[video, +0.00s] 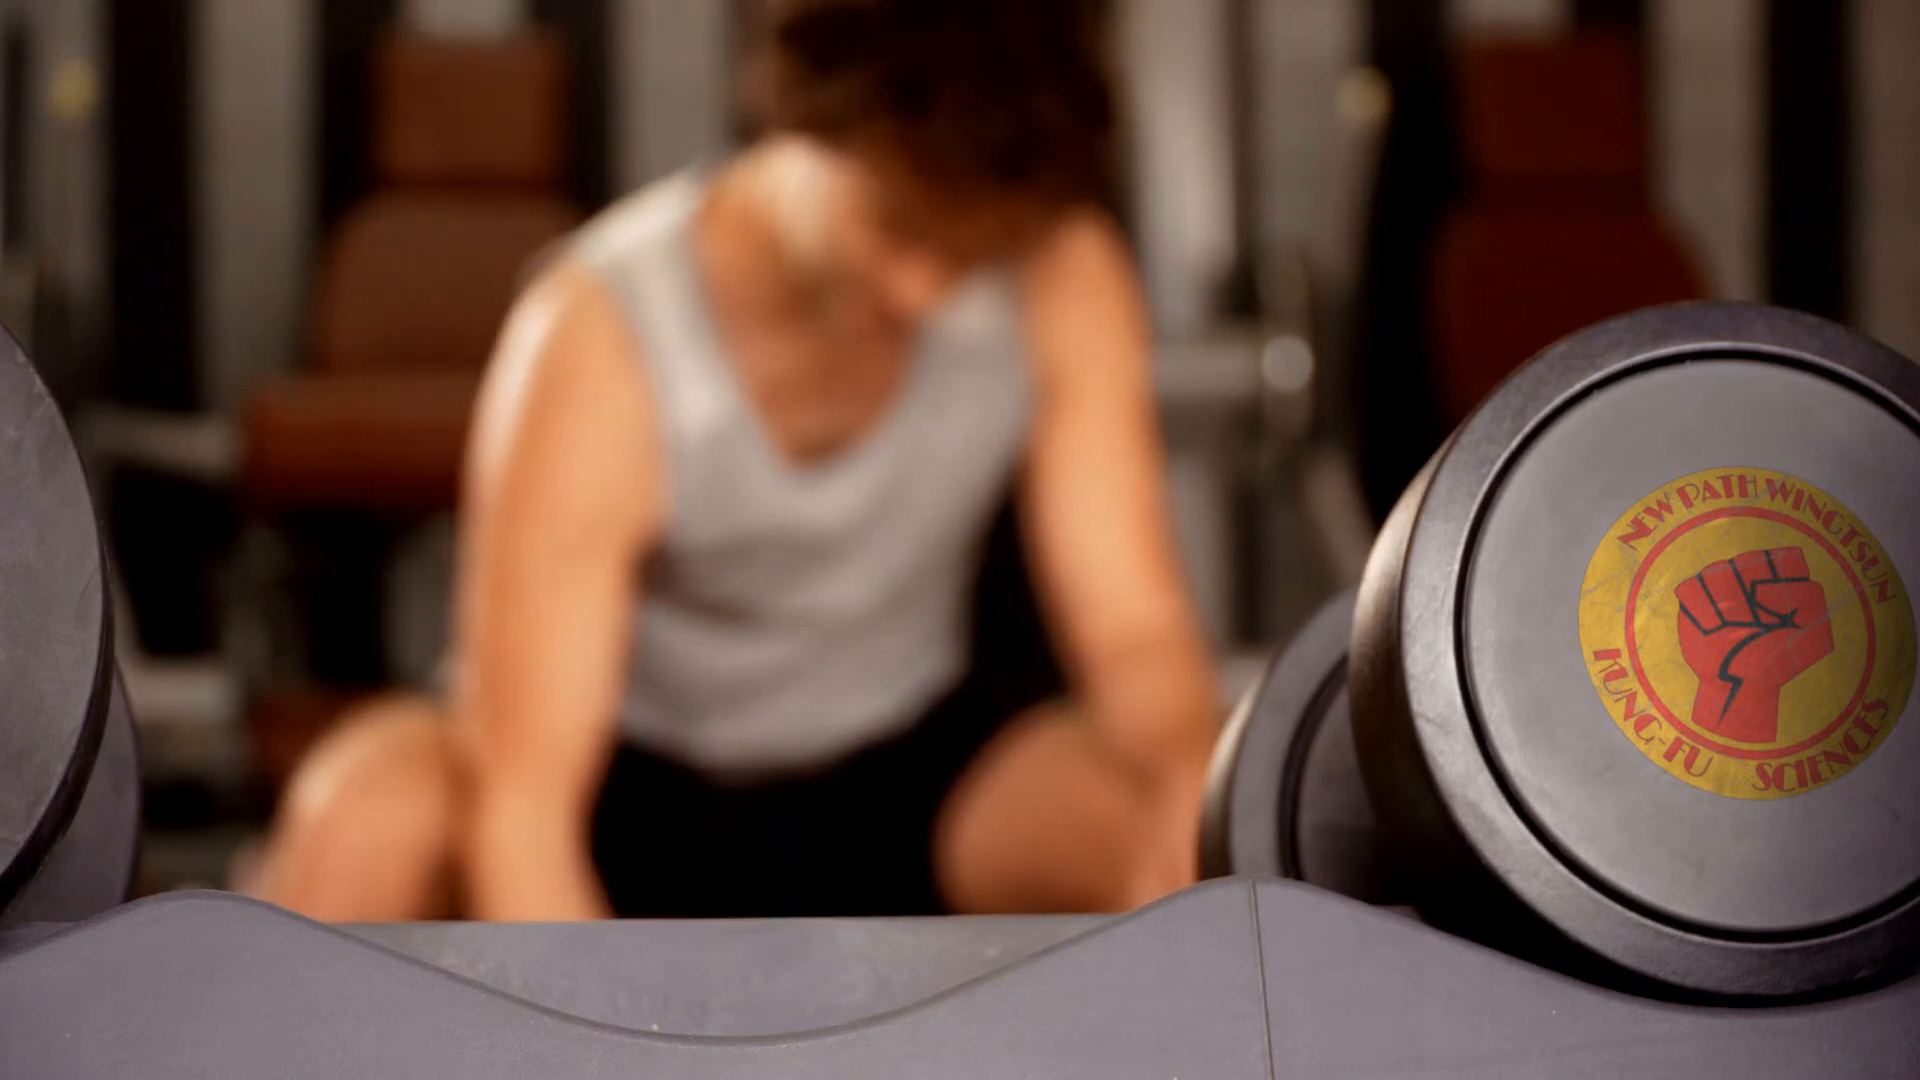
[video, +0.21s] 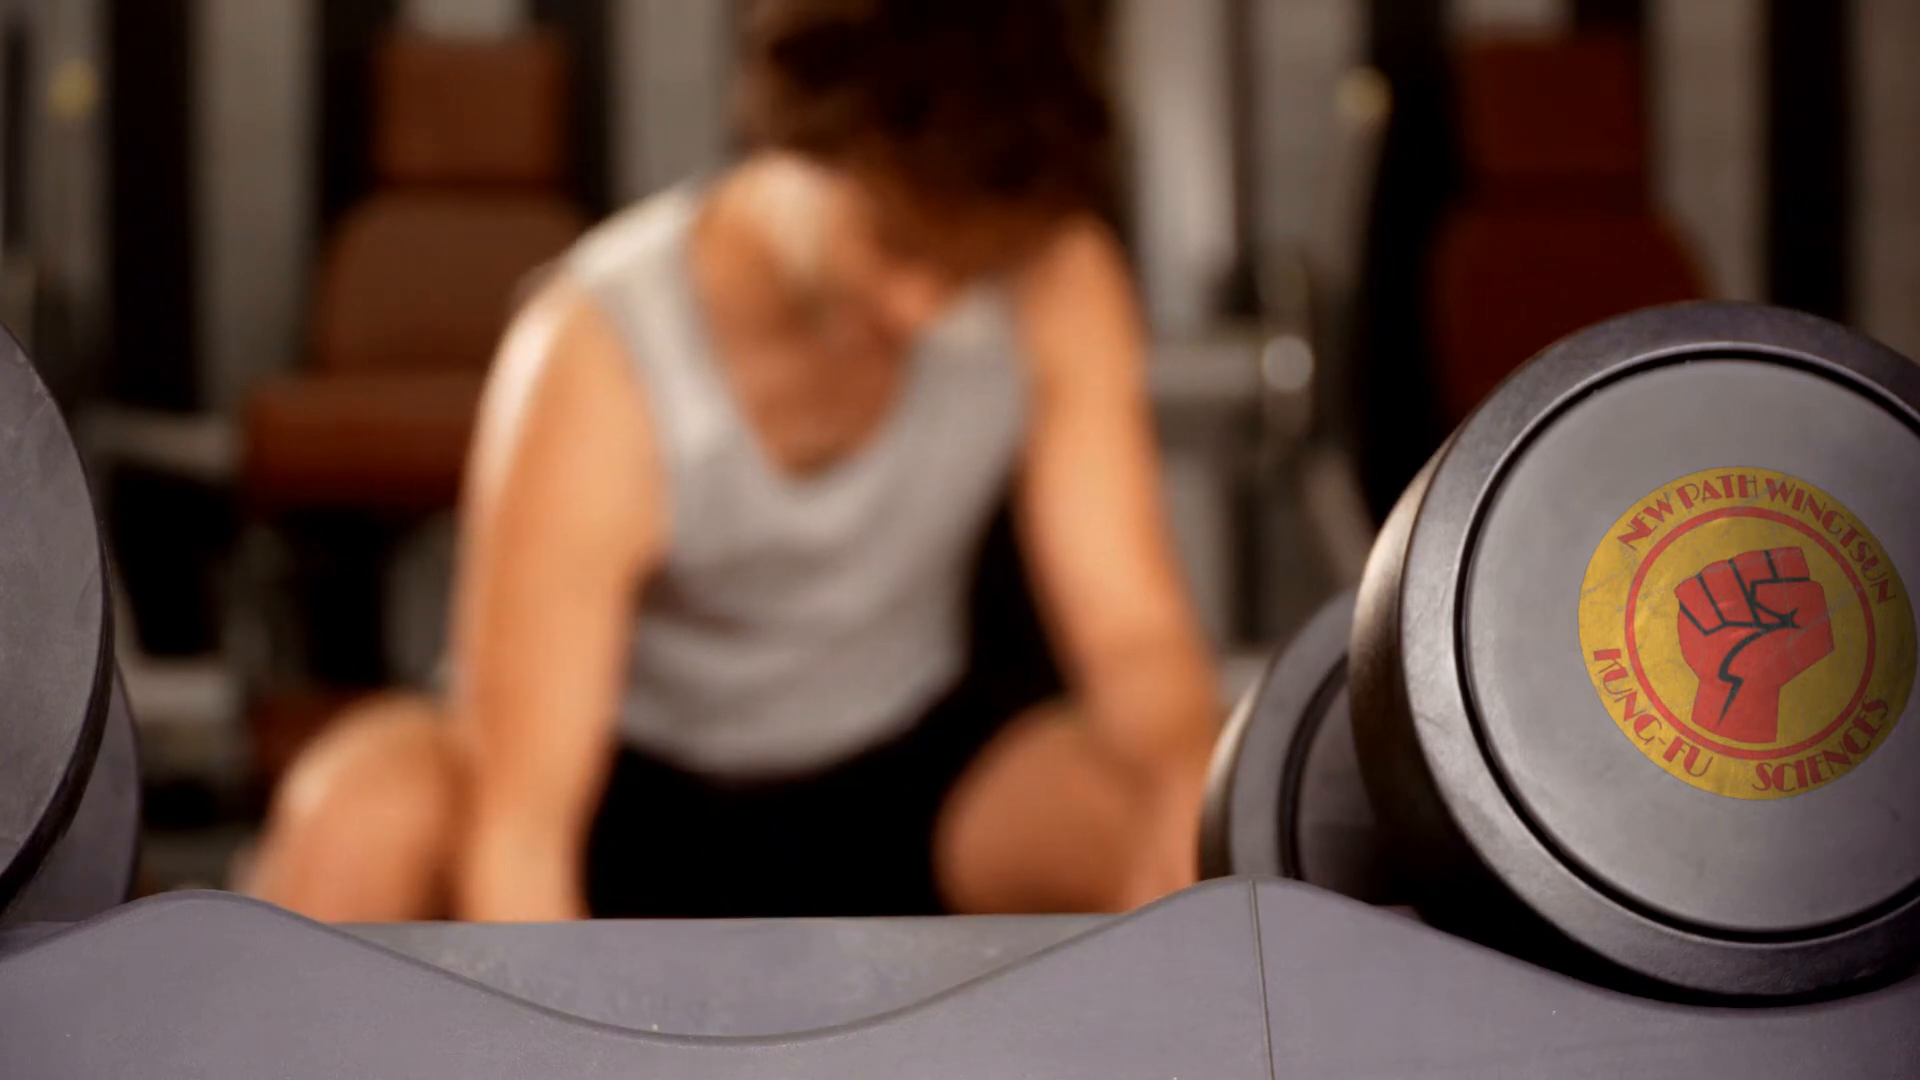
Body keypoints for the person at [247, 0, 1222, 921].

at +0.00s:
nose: (922, 297)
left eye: (976, 253)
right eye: (896, 234)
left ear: (1032, 206)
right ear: (804, 134)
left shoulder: (1055, 266)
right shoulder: (595, 334)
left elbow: (1136, 641)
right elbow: (523, 809)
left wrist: (1214, 832)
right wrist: (607, 1060)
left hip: (903, 782)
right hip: (628, 797)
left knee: (1195, 816)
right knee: (365, 798)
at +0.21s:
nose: (922, 310)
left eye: (974, 265)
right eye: (894, 246)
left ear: (1029, 221)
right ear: (797, 146)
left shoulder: (1050, 269)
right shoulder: (592, 353)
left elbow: (1137, 647)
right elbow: (523, 823)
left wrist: (1201, 852)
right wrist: (557, 1073)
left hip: (902, 784)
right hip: (625, 801)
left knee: (1199, 812)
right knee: (360, 796)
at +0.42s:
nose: (916, 312)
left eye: (966, 265)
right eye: (887, 249)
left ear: (1021, 221)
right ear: (794, 152)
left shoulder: (1044, 268)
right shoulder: (588, 364)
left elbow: (1134, 645)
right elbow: (524, 829)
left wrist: (1205, 854)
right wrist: (539, 1076)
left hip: (901, 785)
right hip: (622, 801)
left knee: (1192, 811)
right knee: (358, 798)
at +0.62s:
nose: (922, 308)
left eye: (972, 262)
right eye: (892, 244)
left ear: (1025, 218)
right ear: (800, 153)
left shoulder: (1044, 264)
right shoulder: (597, 365)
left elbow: (1133, 645)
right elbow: (514, 830)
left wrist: (1192, 851)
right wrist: (550, 1073)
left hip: (902, 783)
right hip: (626, 800)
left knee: (1192, 812)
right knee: (349, 792)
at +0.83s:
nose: (924, 289)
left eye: (974, 241)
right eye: (890, 227)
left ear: (1024, 192)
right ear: (794, 138)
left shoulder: (1045, 259)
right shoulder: (598, 349)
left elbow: (1130, 644)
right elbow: (504, 804)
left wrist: (1183, 862)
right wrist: (598, 1056)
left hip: (901, 785)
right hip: (628, 801)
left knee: (1186, 809)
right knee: (344, 788)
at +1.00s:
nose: (920, 264)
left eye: (970, 218)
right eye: (888, 201)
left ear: (1015, 172)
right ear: (792, 114)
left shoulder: (1044, 252)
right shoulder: (595, 328)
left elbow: (1130, 643)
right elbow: (504, 780)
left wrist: (1178, 874)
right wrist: (663, 1034)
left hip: (900, 784)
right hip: (628, 797)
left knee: (1184, 809)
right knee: (354, 790)